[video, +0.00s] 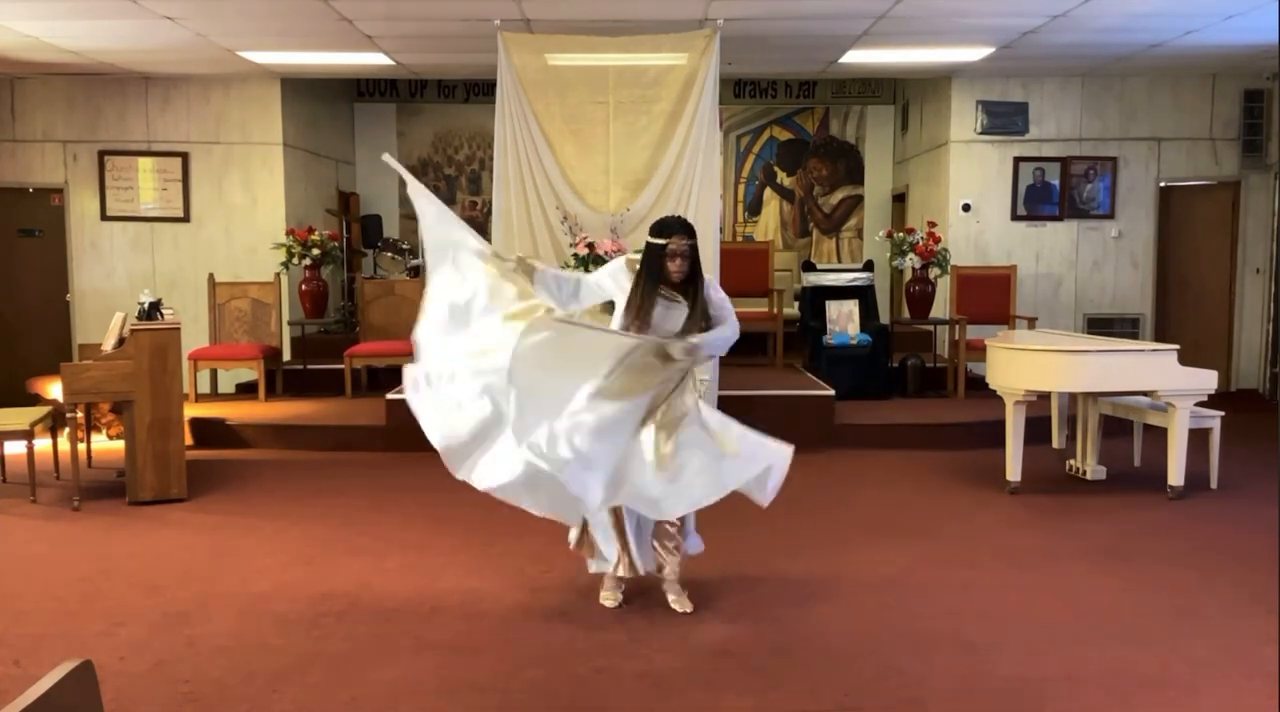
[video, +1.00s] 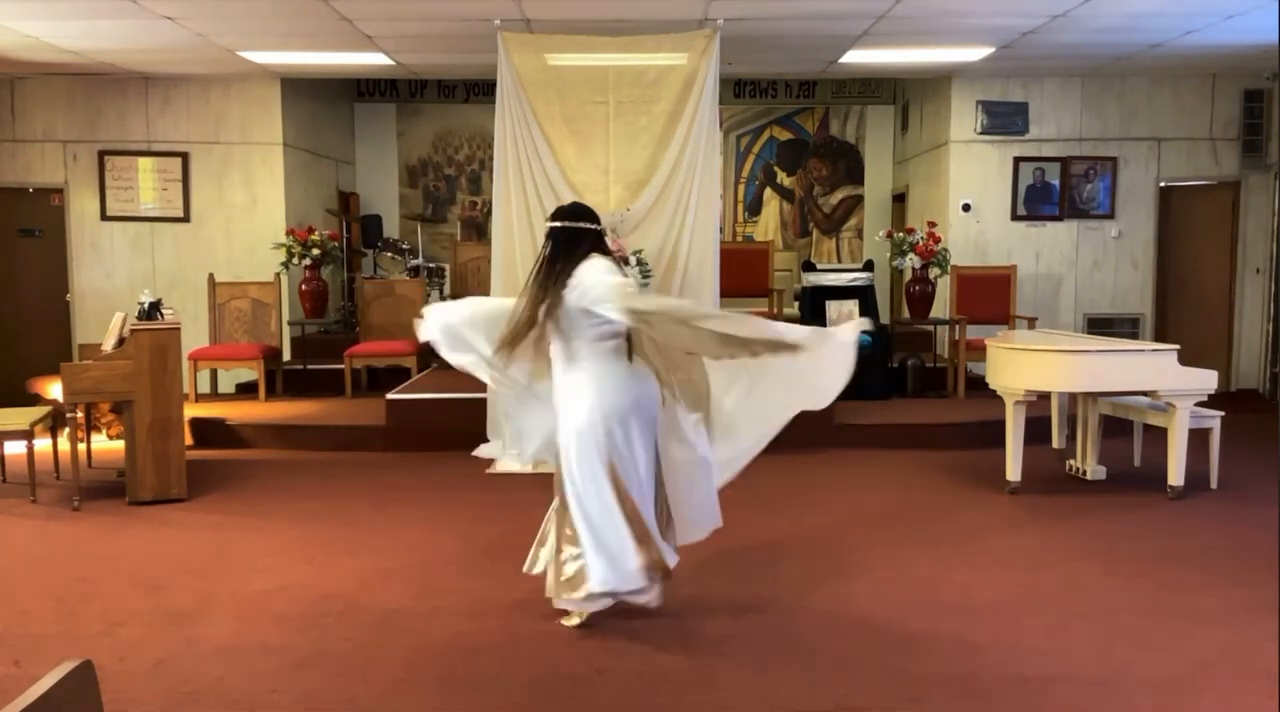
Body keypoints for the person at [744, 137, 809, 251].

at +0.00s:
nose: (776, 158)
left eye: (781, 154)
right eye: (777, 154)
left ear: (794, 156)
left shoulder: (806, 178)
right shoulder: (771, 176)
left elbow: (799, 199)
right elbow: (752, 212)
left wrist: (772, 183)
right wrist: (762, 184)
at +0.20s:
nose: (776, 158)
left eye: (781, 154)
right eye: (777, 154)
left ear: (794, 156)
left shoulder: (805, 178)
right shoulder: (772, 176)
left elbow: (798, 199)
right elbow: (752, 212)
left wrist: (772, 183)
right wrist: (762, 183)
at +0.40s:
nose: (776, 158)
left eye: (781, 154)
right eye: (777, 154)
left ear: (794, 156)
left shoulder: (805, 178)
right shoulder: (772, 176)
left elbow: (797, 198)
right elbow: (753, 212)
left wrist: (772, 183)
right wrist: (762, 183)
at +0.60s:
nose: (776, 158)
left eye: (781, 154)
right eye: (777, 154)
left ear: (794, 156)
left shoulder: (805, 178)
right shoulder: (772, 176)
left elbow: (797, 199)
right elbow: (753, 212)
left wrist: (772, 183)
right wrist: (762, 183)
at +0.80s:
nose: (776, 158)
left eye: (781, 154)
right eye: (777, 154)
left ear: (794, 156)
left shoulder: (805, 178)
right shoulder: (772, 176)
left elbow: (798, 199)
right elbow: (753, 212)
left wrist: (772, 183)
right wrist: (762, 183)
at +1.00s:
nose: (776, 158)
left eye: (781, 154)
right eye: (777, 154)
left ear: (794, 156)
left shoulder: (805, 178)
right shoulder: (772, 176)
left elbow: (797, 199)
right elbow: (753, 212)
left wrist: (772, 183)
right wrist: (762, 183)